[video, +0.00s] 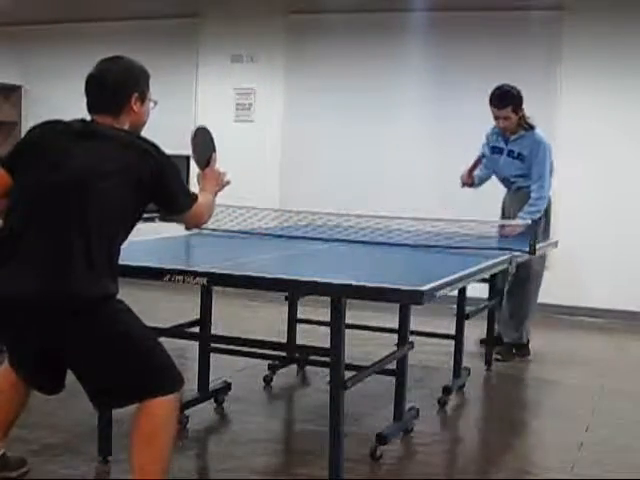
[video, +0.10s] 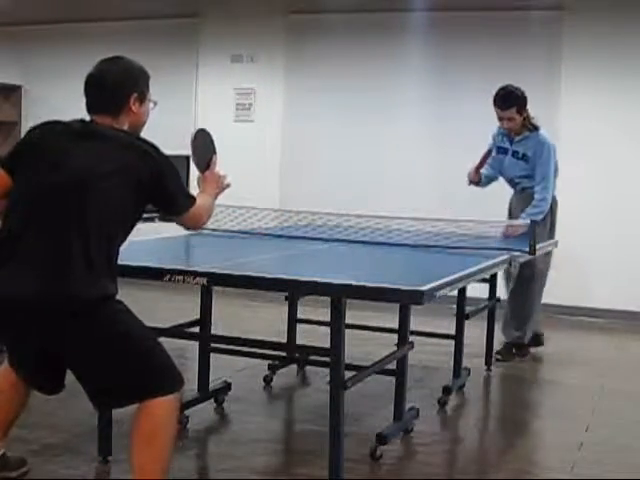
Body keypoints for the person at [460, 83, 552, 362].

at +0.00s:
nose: (501, 124)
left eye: (506, 118)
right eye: (496, 118)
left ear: (519, 113)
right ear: (492, 114)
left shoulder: (538, 145)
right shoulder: (494, 137)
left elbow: (541, 192)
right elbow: (487, 167)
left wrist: (522, 222)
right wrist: (472, 180)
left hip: (534, 204)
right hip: (510, 200)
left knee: (526, 269)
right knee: (503, 265)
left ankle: (516, 338)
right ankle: (500, 331)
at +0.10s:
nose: (505, 125)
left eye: (510, 119)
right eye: (501, 119)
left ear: (524, 114)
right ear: (496, 115)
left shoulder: (542, 145)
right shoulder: (501, 138)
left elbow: (545, 193)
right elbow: (493, 170)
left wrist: (525, 221)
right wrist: (478, 179)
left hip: (541, 206)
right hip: (517, 201)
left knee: (531, 268)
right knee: (514, 267)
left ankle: (518, 339)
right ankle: (530, 331)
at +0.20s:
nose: (508, 125)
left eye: (513, 120)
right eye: (504, 119)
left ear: (527, 115)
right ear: (500, 116)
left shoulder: (546, 144)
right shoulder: (506, 138)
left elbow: (547, 194)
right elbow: (501, 170)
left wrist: (526, 223)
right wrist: (486, 178)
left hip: (546, 206)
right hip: (524, 203)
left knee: (534, 270)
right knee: (528, 267)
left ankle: (520, 338)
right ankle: (551, 328)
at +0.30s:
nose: (513, 126)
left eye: (518, 120)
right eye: (509, 120)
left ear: (532, 115)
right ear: (505, 117)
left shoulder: (550, 145)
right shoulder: (513, 139)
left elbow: (550, 194)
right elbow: (508, 171)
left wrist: (526, 225)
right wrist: (493, 177)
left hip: (554, 208)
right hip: (534, 203)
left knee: (538, 270)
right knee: (540, 269)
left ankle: (520, 340)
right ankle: (572, 328)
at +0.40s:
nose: (518, 124)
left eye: (522, 117)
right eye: (515, 118)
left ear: (538, 114)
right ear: (513, 117)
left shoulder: (557, 144)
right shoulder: (525, 141)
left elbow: (553, 195)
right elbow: (517, 176)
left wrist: (530, 225)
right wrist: (500, 176)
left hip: (564, 210)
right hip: (545, 209)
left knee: (541, 272)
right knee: (553, 269)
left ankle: (519, 341)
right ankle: (586, 331)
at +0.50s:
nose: (529, 123)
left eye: (534, 116)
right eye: (525, 118)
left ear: (549, 113)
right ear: (523, 117)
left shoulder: (565, 145)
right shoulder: (540, 145)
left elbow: (560, 199)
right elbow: (531, 178)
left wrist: (530, 223)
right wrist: (511, 178)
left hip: (573, 213)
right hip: (557, 212)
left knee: (546, 276)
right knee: (569, 277)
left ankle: (519, 341)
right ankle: (594, 339)